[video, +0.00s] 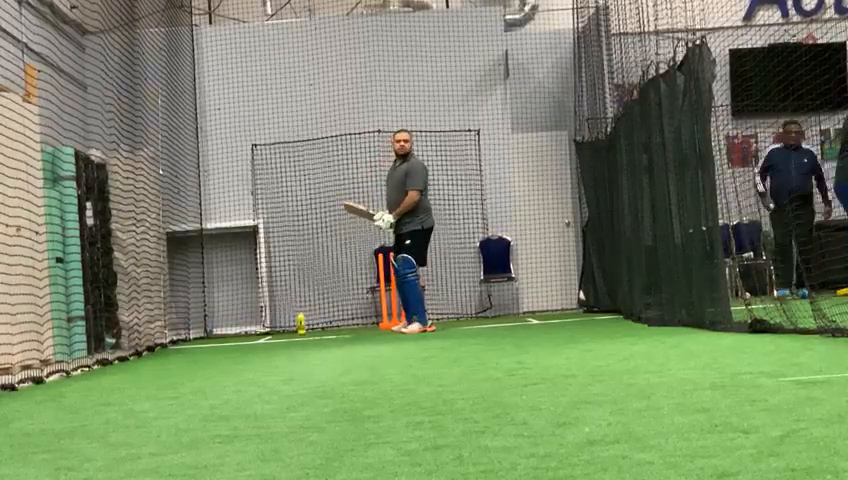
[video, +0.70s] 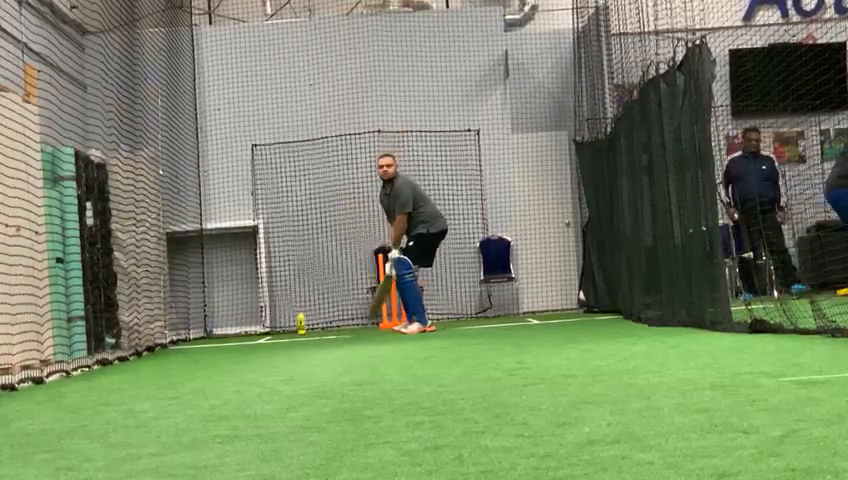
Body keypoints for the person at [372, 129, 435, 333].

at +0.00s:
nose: (402, 145)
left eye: (405, 141)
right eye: (398, 142)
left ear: (411, 144)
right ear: (393, 144)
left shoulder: (415, 166)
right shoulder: (395, 167)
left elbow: (414, 197)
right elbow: (396, 197)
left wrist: (393, 216)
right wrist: (386, 215)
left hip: (417, 226)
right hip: (402, 227)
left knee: (409, 271)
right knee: (400, 271)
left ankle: (419, 320)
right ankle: (409, 318)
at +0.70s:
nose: (385, 170)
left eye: (389, 166)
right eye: (381, 167)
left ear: (396, 167)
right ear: (378, 170)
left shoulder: (402, 186)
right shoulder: (384, 193)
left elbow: (402, 221)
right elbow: (393, 221)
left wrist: (395, 248)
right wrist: (395, 244)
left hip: (431, 229)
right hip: (418, 231)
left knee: (406, 268)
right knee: (402, 268)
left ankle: (419, 320)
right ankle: (416, 319)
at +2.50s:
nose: (373, 176)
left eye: (376, 172)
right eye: (369, 173)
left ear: (383, 173)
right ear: (366, 176)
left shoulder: (391, 190)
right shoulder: (372, 193)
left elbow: (392, 224)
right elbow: (382, 217)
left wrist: (379, 234)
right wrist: (376, 224)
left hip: (416, 229)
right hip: (400, 231)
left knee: (388, 258)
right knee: (381, 272)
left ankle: (407, 314)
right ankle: (403, 316)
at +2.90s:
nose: (353, 197)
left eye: (356, 192)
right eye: (350, 193)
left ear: (365, 189)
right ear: (347, 194)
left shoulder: (371, 204)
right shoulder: (376, 197)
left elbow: (372, 240)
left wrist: (365, 242)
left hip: (401, 243)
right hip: (396, 242)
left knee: (373, 273)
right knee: (364, 275)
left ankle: (399, 324)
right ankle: (380, 324)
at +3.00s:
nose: (347, 200)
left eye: (350, 195)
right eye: (344, 197)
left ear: (360, 190)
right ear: (342, 197)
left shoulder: (367, 205)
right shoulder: (369, 199)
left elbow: (365, 241)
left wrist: (357, 243)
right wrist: (364, 227)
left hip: (399, 243)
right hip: (391, 243)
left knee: (373, 272)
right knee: (360, 279)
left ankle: (398, 324)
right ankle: (382, 324)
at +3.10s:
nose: (344, 197)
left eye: (346, 192)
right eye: (341, 194)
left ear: (356, 187)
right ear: (340, 193)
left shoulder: (367, 199)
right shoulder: (359, 204)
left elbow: (360, 232)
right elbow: (358, 229)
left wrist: (341, 238)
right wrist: (342, 235)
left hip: (399, 240)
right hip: (381, 245)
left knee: (383, 272)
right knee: (359, 282)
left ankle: (397, 323)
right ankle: (380, 324)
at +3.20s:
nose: (341, 194)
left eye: (342, 190)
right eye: (340, 190)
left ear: (350, 186)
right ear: (355, 186)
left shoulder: (363, 195)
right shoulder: (355, 205)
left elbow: (336, 216)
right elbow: (336, 229)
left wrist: (312, 231)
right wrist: (310, 241)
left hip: (402, 238)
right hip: (383, 245)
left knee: (396, 273)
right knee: (359, 282)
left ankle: (397, 320)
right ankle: (380, 322)